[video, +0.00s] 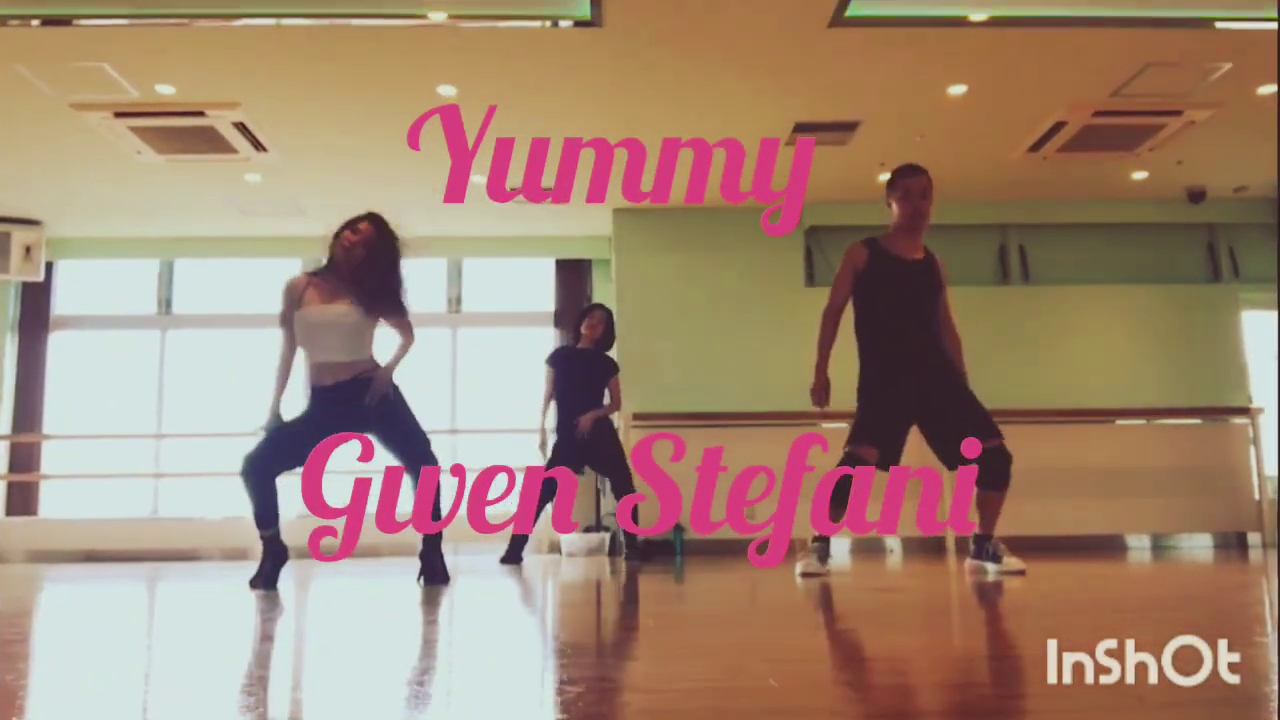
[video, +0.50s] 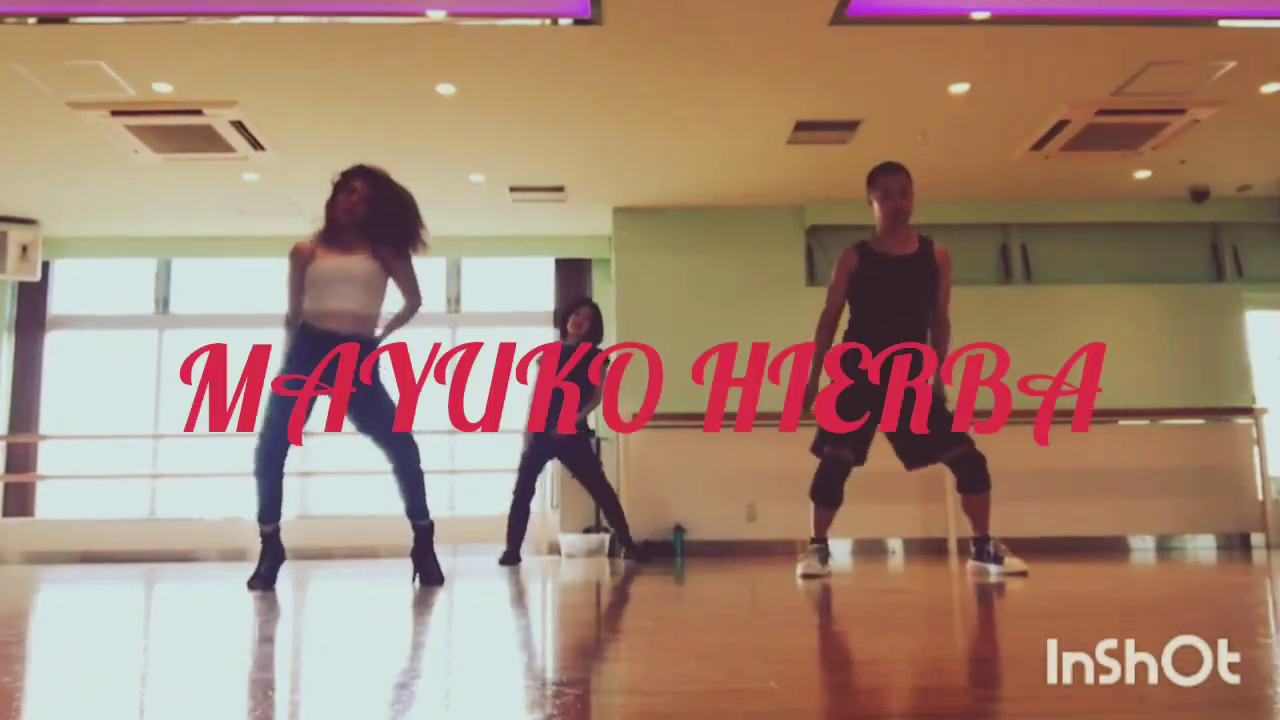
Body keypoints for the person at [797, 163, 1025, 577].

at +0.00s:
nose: (917, 204)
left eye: (924, 196)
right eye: (907, 196)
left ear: (933, 203)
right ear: (890, 202)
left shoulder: (932, 264)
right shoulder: (863, 255)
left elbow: (946, 326)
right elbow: (833, 312)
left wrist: (960, 376)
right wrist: (821, 372)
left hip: (937, 381)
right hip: (885, 383)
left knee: (995, 459)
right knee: (856, 465)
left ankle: (985, 545)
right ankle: (820, 546)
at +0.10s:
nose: (914, 197)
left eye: (921, 189)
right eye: (904, 189)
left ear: (929, 196)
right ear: (886, 195)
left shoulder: (935, 257)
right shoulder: (860, 248)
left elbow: (948, 320)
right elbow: (831, 306)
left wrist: (961, 376)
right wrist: (818, 364)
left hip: (935, 371)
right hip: (882, 373)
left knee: (987, 452)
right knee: (859, 456)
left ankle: (986, 545)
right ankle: (820, 544)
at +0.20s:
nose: (908, 194)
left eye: (915, 186)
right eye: (898, 186)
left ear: (925, 192)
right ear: (882, 191)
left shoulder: (936, 252)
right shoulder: (857, 247)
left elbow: (949, 317)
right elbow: (828, 304)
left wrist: (961, 376)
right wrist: (815, 360)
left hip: (930, 367)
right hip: (877, 370)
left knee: (977, 452)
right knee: (856, 455)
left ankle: (986, 546)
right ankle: (820, 544)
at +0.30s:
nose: (902, 193)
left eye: (909, 185)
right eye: (893, 185)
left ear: (920, 191)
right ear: (877, 191)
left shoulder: (936, 250)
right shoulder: (855, 246)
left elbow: (947, 314)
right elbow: (826, 304)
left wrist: (957, 373)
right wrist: (811, 361)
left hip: (921, 368)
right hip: (868, 371)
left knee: (971, 453)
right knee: (850, 455)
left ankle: (985, 545)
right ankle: (819, 545)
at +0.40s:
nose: (897, 195)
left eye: (905, 186)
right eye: (888, 187)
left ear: (916, 191)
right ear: (873, 193)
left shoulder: (936, 250)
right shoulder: (854, 250)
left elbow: (944, 313)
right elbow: (827, 307)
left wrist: (949, 370)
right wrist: (810, 361)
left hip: (915, 377)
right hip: (862, 377)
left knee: (967, 458)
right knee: (841, 458)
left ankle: (984, 544)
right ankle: (818, 545)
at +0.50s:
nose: (896, 203)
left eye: (903, 193)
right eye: (886, 195)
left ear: (914, 198)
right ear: (871, 201)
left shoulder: (935, 257)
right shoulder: (855, 258)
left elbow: (940, 321)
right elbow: (829, 317)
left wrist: (936, 376)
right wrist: (814, 376)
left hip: (914, 385)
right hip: (860, 383)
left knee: (970, 465)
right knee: (835, 462)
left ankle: (984, 546)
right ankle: (818, 546)